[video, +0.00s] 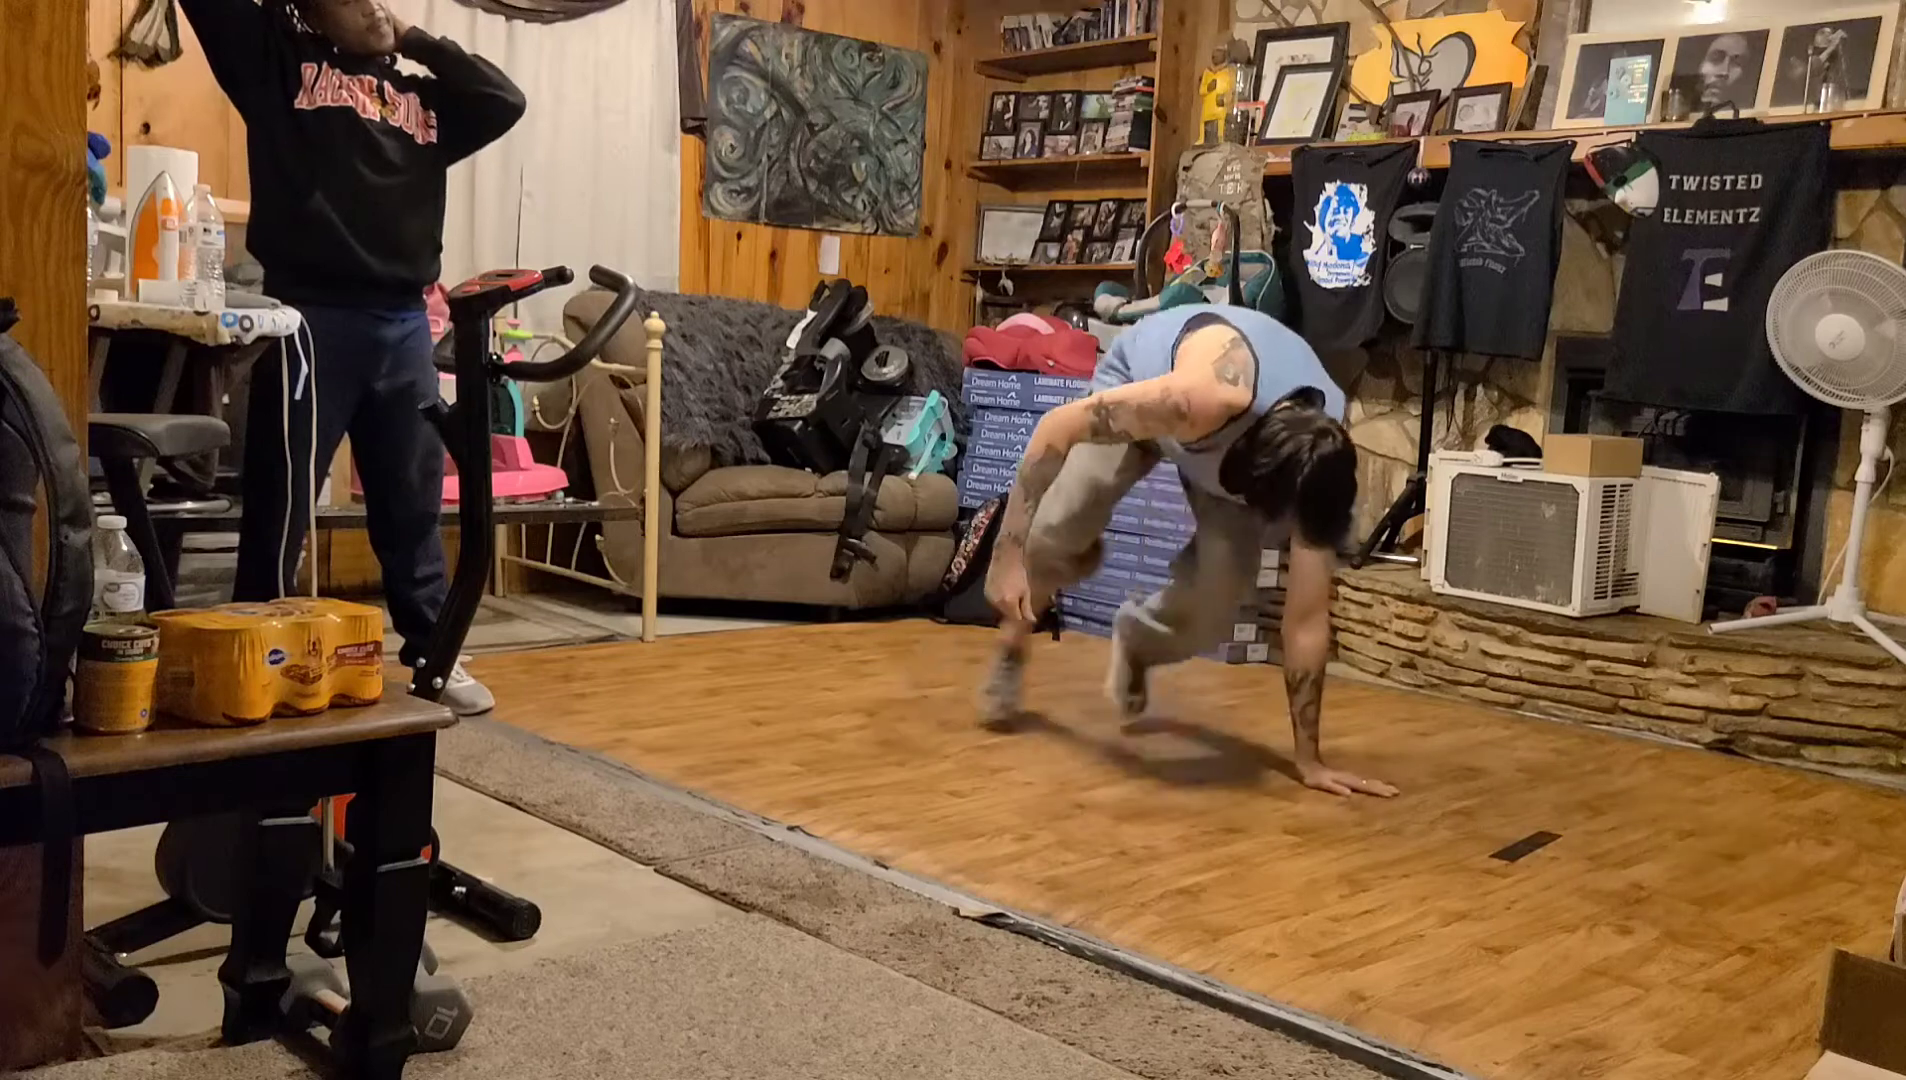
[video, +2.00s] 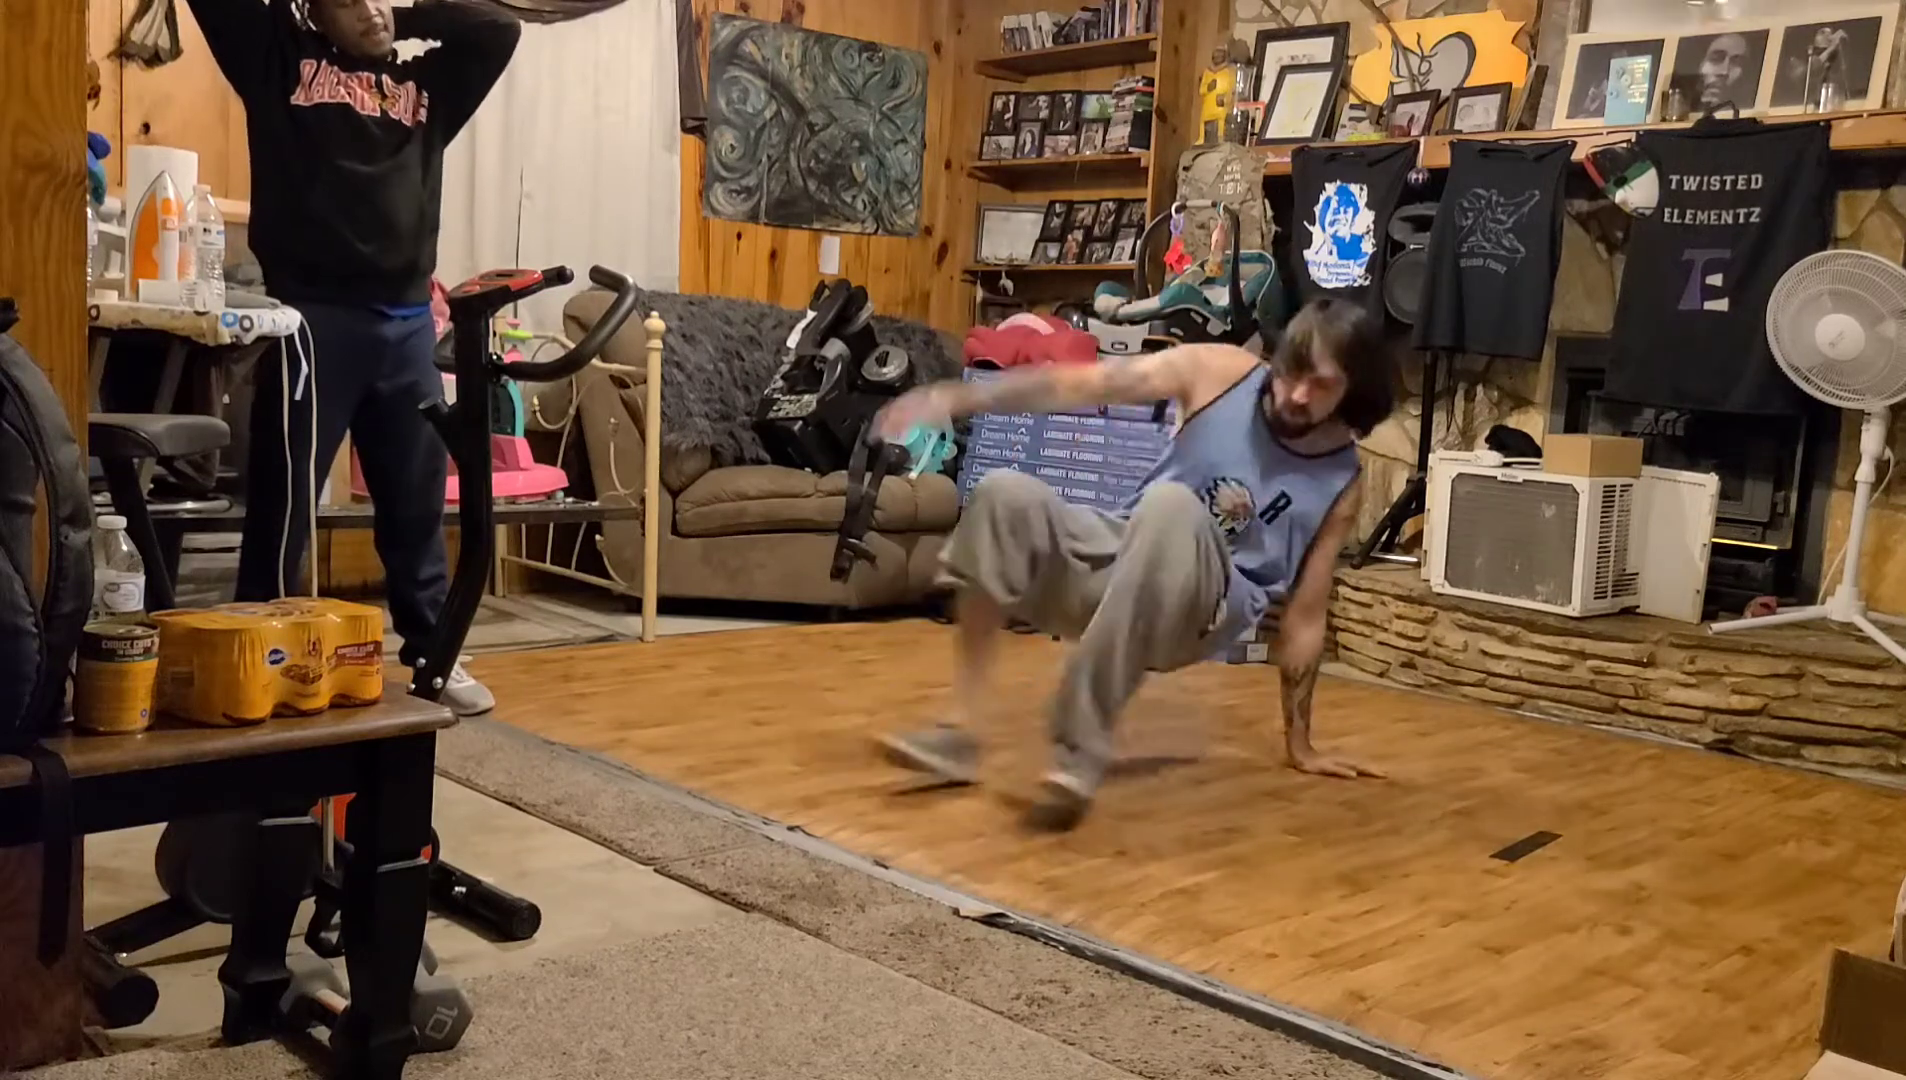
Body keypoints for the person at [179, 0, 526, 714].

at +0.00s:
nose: (381, 8)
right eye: (359, 1)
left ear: (383, 12)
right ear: (313, 14)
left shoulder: (420, 100)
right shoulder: (275, 59)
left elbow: (504, 102)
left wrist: (419, 42)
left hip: (402, 325)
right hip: (309, 321)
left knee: (413, 504)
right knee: (281, 505)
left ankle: (432, 657)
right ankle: (254, 664)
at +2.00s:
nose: (378, 11)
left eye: (378, 0)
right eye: (354, 3)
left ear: (387, 12)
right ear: (315, 15)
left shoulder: (425, 85)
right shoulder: (277, 58)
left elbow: (500, 30)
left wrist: (414, 15)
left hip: (406, 324)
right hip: (311, 322)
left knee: (417, 504)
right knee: (284, 506)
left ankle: (431, 658)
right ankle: (256, 665)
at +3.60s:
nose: (366, 3)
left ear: (382, 8)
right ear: (306, 8)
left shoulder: (415, 85)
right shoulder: (271, 57)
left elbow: (491, 144)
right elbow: (197, 1)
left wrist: (414, 56)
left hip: (404, 323)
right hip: (307, 318)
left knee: (416, 503)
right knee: (280, 503)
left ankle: (431, 658)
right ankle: (256, 662)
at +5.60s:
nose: (376, 5)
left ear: (386, 8)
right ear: (310, 7)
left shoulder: (420, 86)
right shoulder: (270, 54)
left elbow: (474, 179)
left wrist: (434, 76)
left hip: (403, 324)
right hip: (305, 319)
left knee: (415, 500)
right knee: (280, 502)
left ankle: (432, 657)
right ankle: (257, 661)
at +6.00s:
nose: (386, 3)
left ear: (401, 11)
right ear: (331, 2)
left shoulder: (429, 99)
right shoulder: (287, 63)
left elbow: (448, 220)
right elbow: (234, 121)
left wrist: (463, 141)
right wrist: (257, 22)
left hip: (398, 325)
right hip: (298, 322)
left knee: (413, 499)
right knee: (278, 499)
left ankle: (432, 658)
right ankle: (252, 660)